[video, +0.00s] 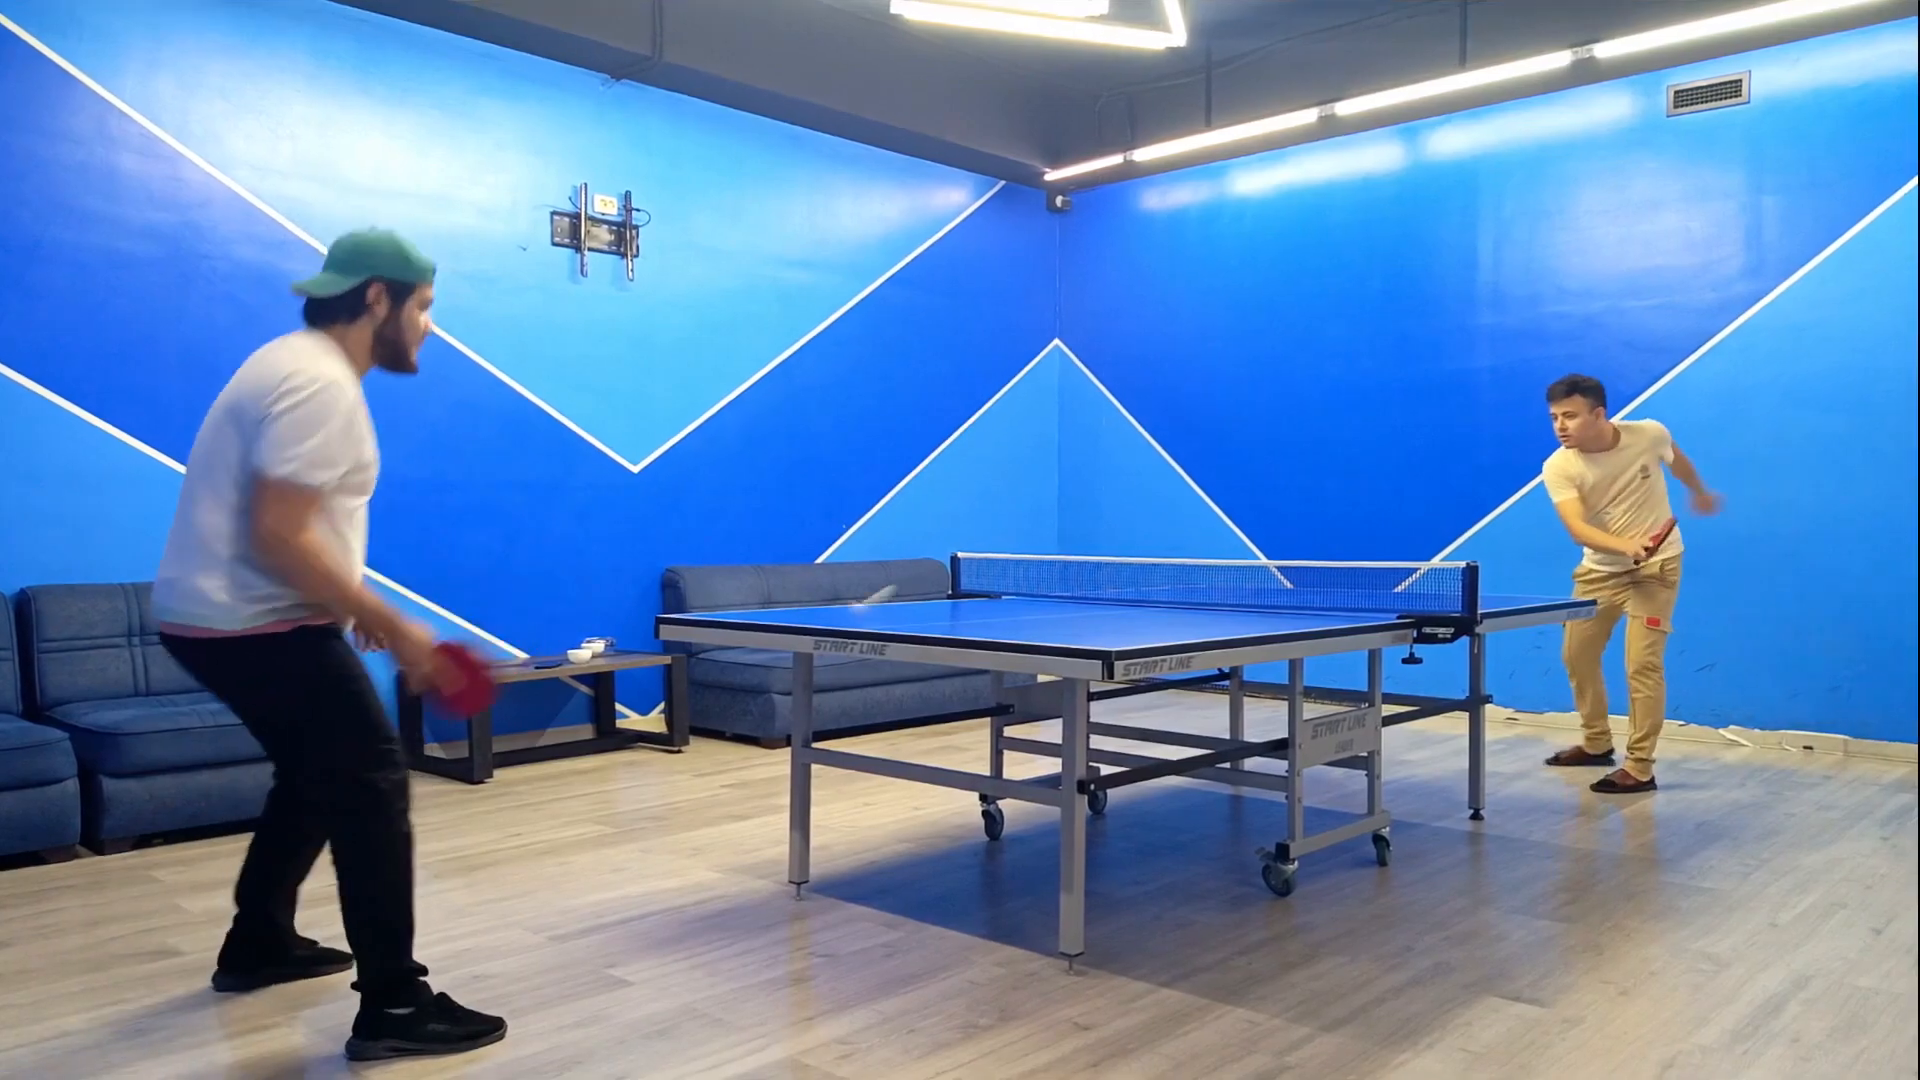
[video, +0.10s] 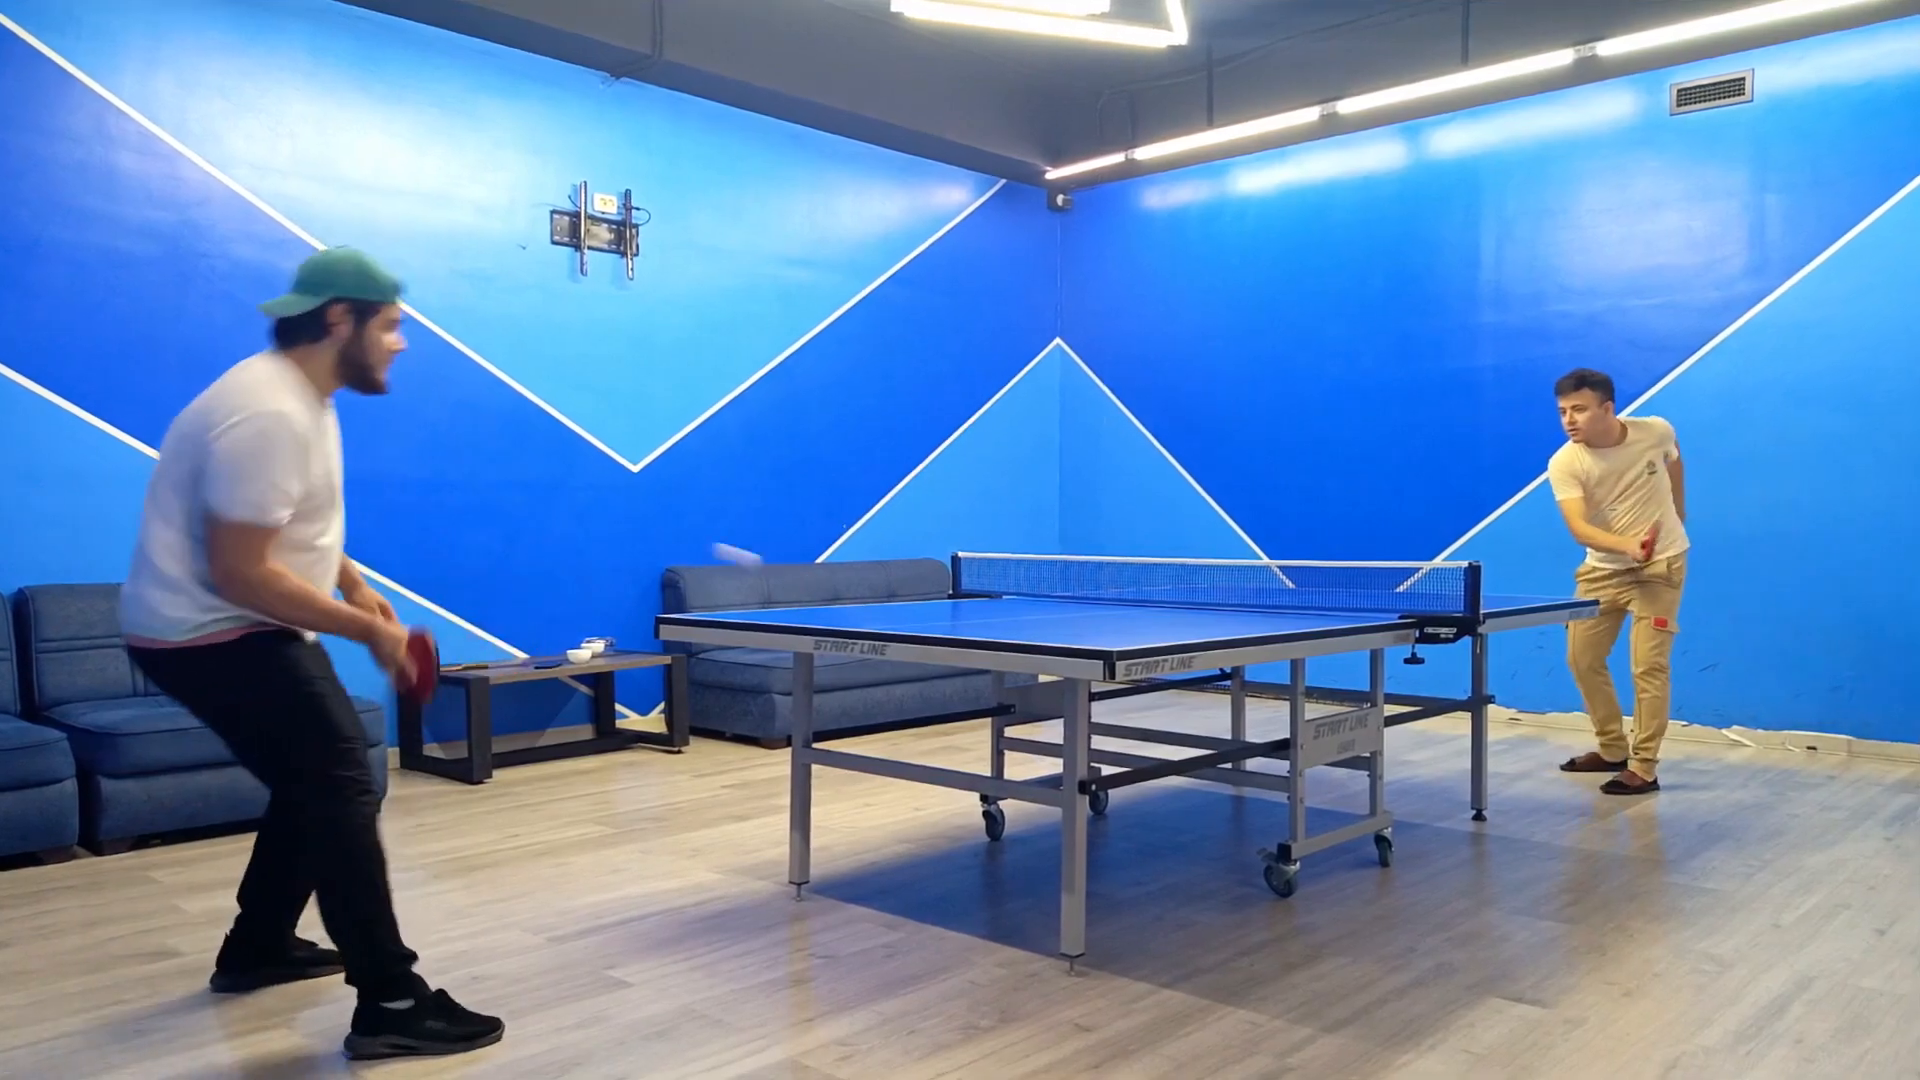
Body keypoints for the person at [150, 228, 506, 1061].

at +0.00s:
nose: (429, 325)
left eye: (430, 308)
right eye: (423, 307)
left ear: (364, 302)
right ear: (378, 301)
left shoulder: (293, 364)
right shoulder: (320, 384)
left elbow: (277, 521)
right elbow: (281, 535)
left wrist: (345, 603)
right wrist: (398, 631)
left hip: (223, 614)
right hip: (255, 621)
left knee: (316, 770)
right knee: (373, 777)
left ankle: (258, 942)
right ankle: (394, 999)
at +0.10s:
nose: (398, 343)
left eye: (399, 326)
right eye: (388, 325)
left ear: (339, 322)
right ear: (338, 320)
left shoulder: (303, 399)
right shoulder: (264, 411)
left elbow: (286, 537)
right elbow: (239, 572)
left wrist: (353, 584)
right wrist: (369, 629)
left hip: (252, 619)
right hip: (205, 630)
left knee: (318, 773)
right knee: (338, 777)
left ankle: (258, 944)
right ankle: (391, 997)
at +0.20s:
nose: (344, 335)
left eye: (343, 318)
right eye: (332, 317)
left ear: (283, 318)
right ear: (276, 316)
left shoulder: (266, 398)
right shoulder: (215, 415)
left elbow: (294, 541)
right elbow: (255, 575)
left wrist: (383, 590)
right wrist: (398, 590)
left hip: (228, 616)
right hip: (166, 632)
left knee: (307, 752)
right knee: (312, 757)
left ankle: (256, 950)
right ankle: (327, 999)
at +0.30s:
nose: (284, 296)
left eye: (283, 278)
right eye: (271, 276)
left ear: (212, 277)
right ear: (215, 273)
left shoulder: (129, 340)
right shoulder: (190, 382)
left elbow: (165, 441)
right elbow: (298, 507)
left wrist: (244, 507)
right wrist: (425, 546)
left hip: (103, 594)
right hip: (124, 607)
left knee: (243, 741)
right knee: (244, 745)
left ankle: (253, 939)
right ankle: (192, 978)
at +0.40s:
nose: (210, 257)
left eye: (209, 240)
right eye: (197, 239)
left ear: (131, 242)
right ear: (139, 237)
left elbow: (57, 438)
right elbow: (258, 455)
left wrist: (150, 497)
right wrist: (328, 508)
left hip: (25, 598)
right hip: (94, 608)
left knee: (123, 776)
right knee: (137, 782)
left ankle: (205, 932)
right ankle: (39, 981)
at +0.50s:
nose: (136, 247)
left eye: (134, 230)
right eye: (120, 229)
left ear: (53, 234)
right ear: (59, 231)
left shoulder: (14, 312)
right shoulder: (90, 336)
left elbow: (25, 452)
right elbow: (177, 457)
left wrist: (90, 530)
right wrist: (205, 503)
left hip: (15, 616)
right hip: (40, 624)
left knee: (32, 788)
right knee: (94, 777)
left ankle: (25, 987)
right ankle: (25, 996)